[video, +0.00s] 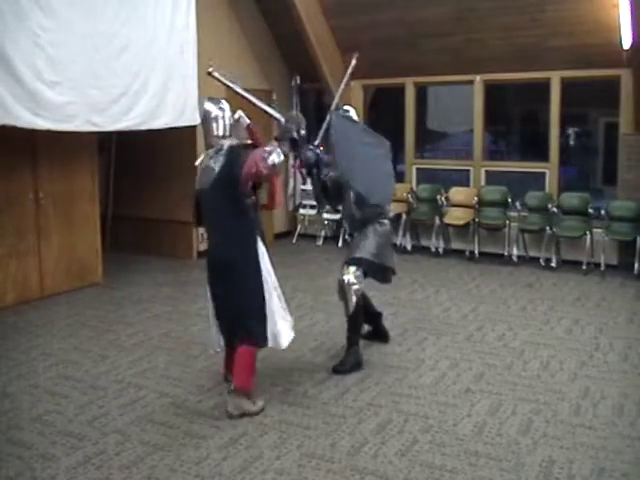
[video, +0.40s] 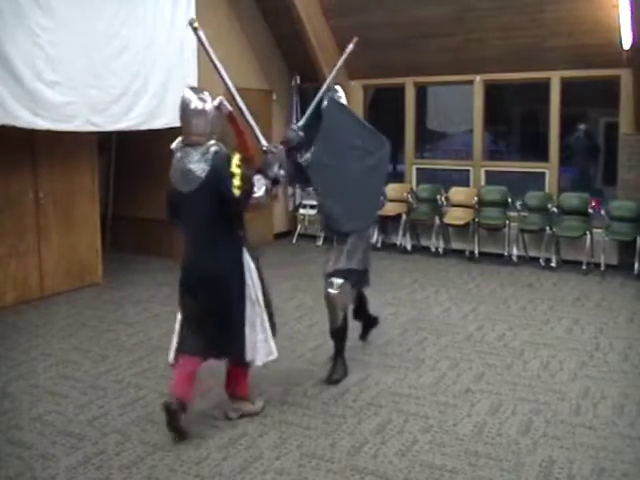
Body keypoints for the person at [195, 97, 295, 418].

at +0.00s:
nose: (250, 130)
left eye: (246, 125)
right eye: (247, 127)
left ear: (216, 132)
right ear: (242, 130)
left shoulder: (207, 162)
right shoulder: (245, 158)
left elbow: (199, 214)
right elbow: (266, 163)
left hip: (217, 250)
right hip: (243, 248)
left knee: (230, 314)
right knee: (252, 317)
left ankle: (232, 373)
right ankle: (241, 393)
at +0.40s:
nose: (212, 124)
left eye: (204, 121)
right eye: (212, 120)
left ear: (185, 127)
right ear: (215, 126)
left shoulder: (179, 161)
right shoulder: (225, 159)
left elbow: (174, 210)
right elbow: (239, 201)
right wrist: (261, 189)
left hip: (195, 257)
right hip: (229, 256)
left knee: (197, 327)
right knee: (242, 324)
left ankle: (178, 396)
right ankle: (239, 397)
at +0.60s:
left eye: (179, 125)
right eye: (199, 127)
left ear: (166, 132)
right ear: (199, 132)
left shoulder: (159, 168)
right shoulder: (206, 164)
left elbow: (156, 221)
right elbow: (229, 196)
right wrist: (245, 160)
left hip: (170, 265)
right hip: (206, 264)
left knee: (167, 343)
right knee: (225, 328)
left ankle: (161, 435)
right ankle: (238, 398)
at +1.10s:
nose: (194, 116)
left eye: (189, 111)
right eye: (191, 111)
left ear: (156, 117)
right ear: (189, 114)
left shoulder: (151, 159)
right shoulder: (195, 159)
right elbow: (216, 221)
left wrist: (201, 152)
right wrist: (229, 206)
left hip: (161, 269)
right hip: (197, 271)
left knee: (163, 347)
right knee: (209, 349)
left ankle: (161, 436)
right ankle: (209, 447)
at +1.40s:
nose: (207, 116)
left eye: (198, 110)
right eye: (209, 110)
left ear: (176, 115)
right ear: (212, 115)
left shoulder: (163, 160)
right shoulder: (216, 162)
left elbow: (149, 214)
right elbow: (227, 226)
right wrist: (246, 224)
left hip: (172, 270)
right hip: (208, 274)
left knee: (178, 349)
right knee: (210, 355)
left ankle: (166, 435)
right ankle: (208, 450)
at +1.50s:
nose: (218, 119)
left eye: (213, 113)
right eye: (218, 113)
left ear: (183, 116)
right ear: (218, 118)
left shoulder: (168, 160)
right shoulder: (221, 162)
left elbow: (154, 216)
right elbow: (234, 225)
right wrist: (257, 240)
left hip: (177, 269)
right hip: (213, 274)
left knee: (188, 348)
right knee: (214, 354)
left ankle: (177, 427)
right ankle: (208, 448)